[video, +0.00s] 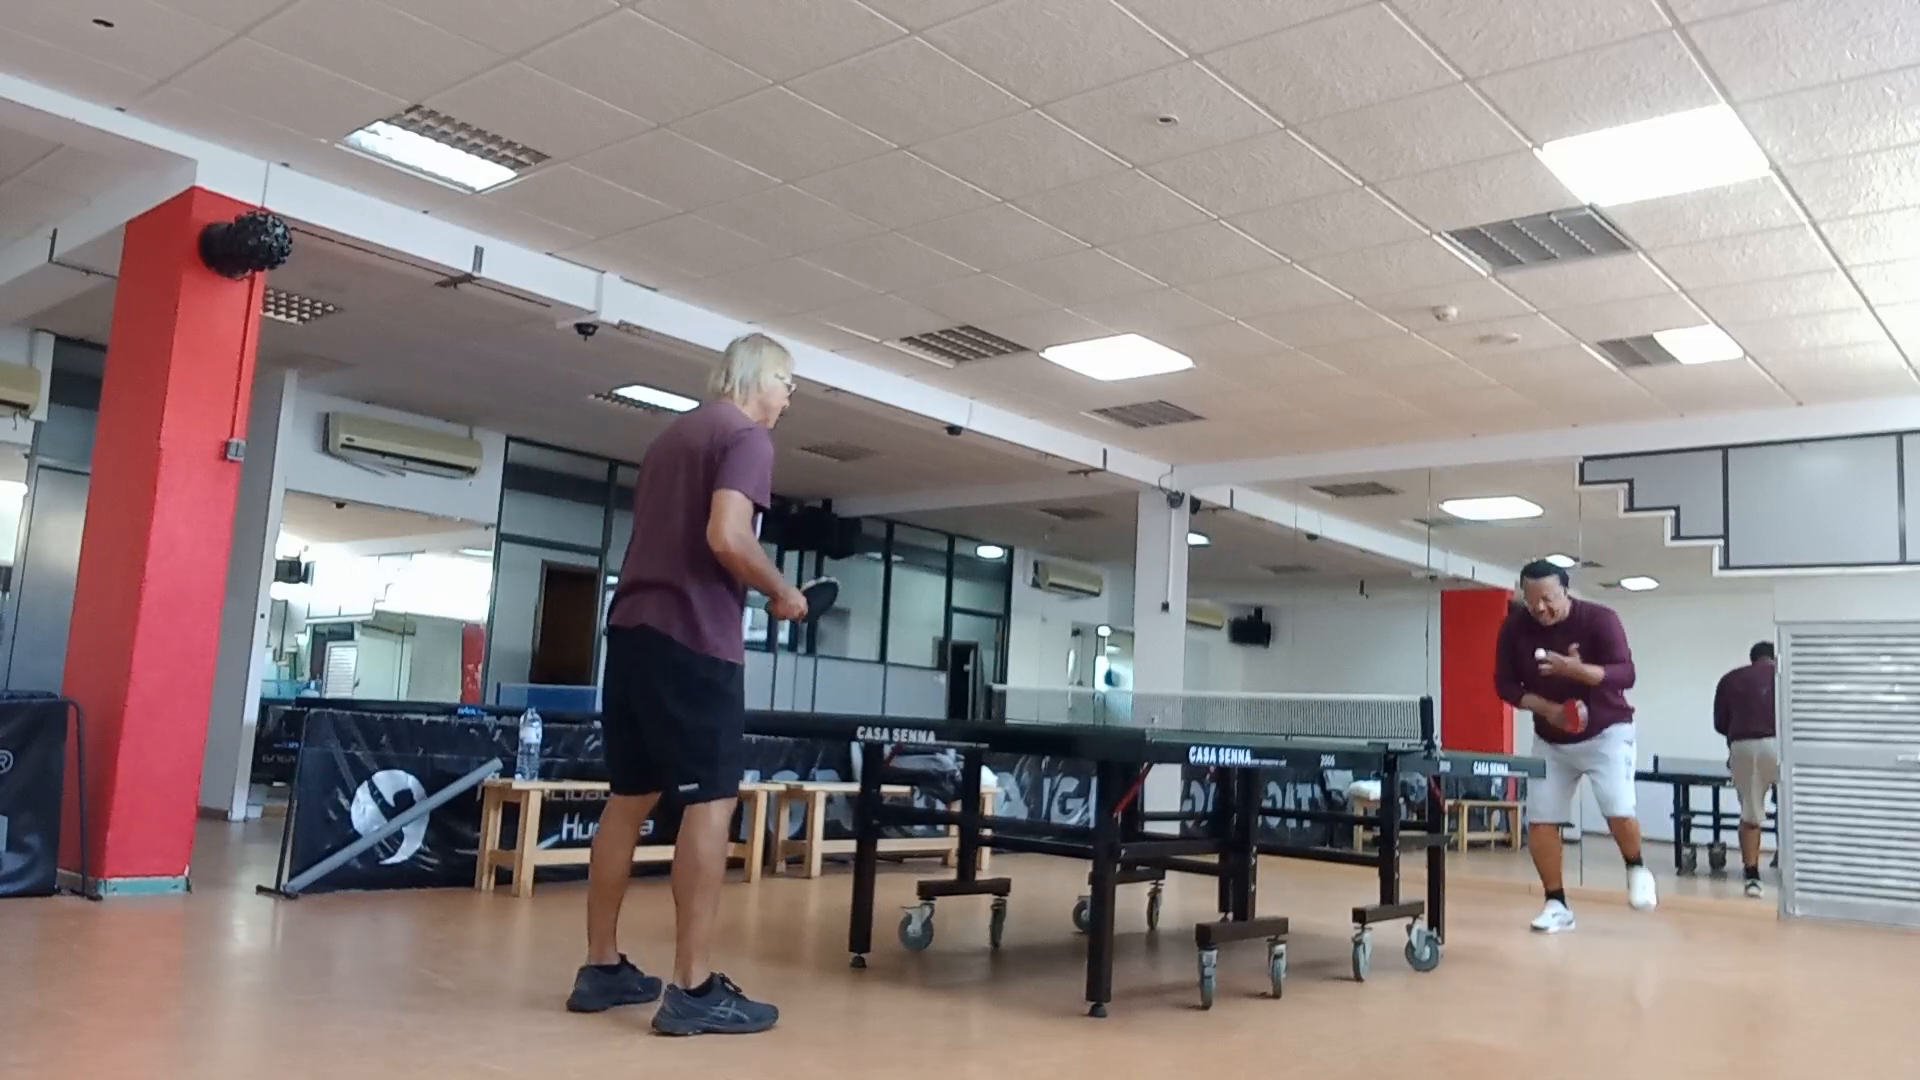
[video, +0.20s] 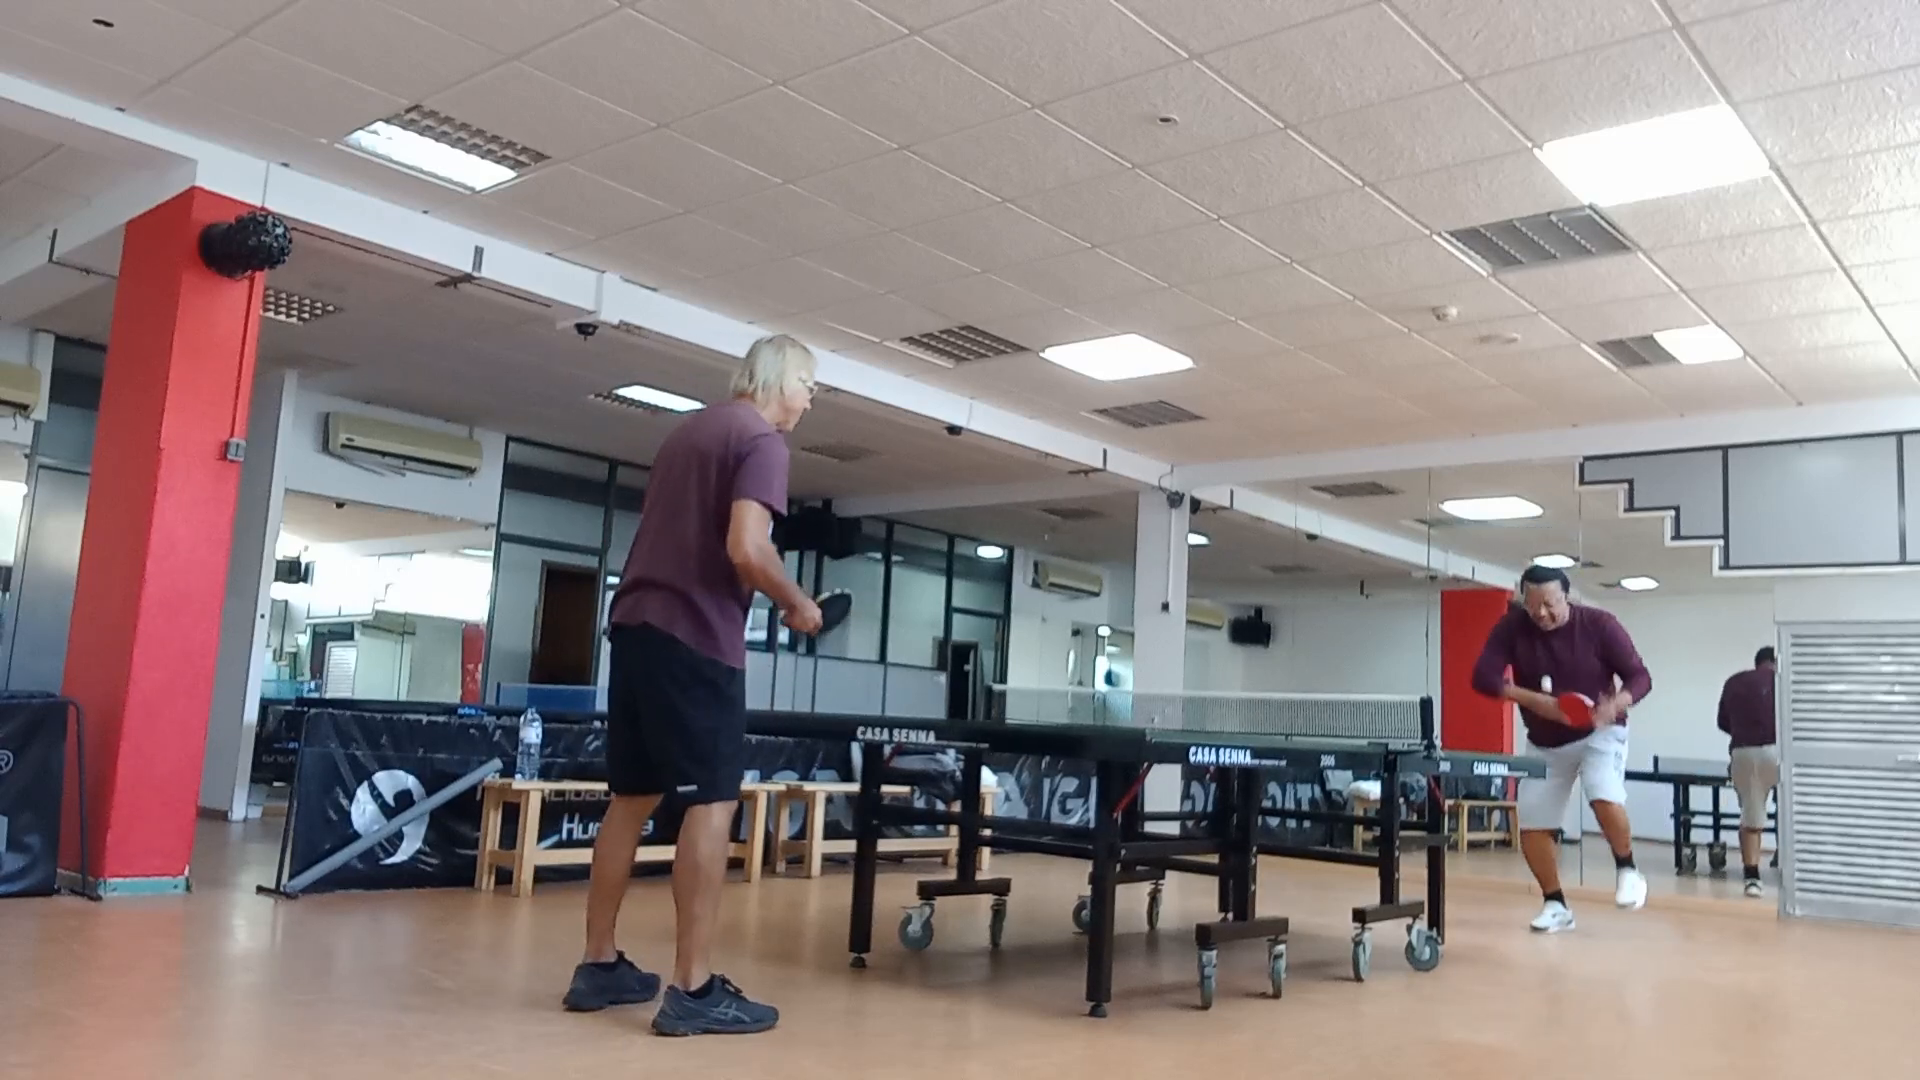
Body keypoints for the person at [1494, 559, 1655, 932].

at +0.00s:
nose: (1541, 608)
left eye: (1548, 600)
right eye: (1533, 601)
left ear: (1565, 590)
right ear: (1524, 597)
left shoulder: (1600, 620)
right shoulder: (1516, 627)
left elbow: (1625, 673)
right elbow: (1505, 686)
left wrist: (1579, 670)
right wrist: (1547, 708)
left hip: (1607, 735)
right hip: (1552, 740)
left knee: (1618, 810)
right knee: (1541, 818)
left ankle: (1636, 869)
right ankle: (1556, 904)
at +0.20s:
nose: (1542, 613)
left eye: (1550, 604)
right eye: (1533, 605)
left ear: (1566, 596)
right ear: (1523, 600)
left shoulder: (1599, 625)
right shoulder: (1513, 627)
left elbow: (1640, 679)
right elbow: (1483, 678)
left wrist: (1615, 704)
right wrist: (1533, 700)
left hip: (1600, 737)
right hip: (1546, 745)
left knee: (1601, 794)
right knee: (1532, 821)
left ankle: (1627, 870)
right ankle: (1555, 905)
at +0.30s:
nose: (1542, 615)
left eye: (1550, 607)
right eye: (1534, 608)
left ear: (1568, 600)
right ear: (1526, 602)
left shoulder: (1599, 627)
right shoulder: (1516, 623)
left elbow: (1634, 686)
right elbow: (1475, 656)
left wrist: (1612, 743)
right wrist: (1493, 678)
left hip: (1596, 746)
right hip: (1544, 753)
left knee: (1604, 815)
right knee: (1529, 831)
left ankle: (1623, 908)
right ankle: (1556, 906)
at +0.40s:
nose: (1544, 610)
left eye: (1551, 602)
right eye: (1537, 603)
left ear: (1572, 597)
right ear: (1531, 600)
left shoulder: (1605, 629)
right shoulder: (1522, 621)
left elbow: (1633, 691)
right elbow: (1480, 626)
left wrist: (1614, 747)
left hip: (1596, 747)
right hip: (1541, 750)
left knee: (1606, 820)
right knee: (1519, 824)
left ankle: (1624, 916)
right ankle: (1550, 902)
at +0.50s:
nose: (1545, 598)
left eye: (1553, 591)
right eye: (1539, 591)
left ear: (1574, 589)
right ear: (1534, 591)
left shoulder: (1607, 624)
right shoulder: (1522, 613)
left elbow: (1636, 686)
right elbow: (1477, 618)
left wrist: (1622, 743)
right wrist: (1429, 616)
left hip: (1595, 742)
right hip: (1539, 742)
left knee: (1607, 822)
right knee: (1503, 809)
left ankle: (1624, 916)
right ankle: (1527, 895)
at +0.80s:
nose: (1514, 585)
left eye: (1522, 577)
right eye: (1508, 578)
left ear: (1545, 576)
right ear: (1505, 580)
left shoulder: (1584, 614)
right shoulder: (1498, 612)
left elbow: (1624, 669)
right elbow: (1454, 642)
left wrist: (1635, 731)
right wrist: (1412, 668)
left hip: (1577, 735)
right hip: (1519, 736)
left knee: (1593, 822)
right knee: (1487, 814)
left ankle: (1623, 915)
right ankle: (1476, 901)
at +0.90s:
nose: (1501, 583)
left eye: (1508, 574)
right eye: (1495, 577)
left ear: (1533, 576)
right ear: (1492, 582)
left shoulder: (1574, 612)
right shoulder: (1488, 616)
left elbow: (1615, 666)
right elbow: (1452, 659)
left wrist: (1622, 729)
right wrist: (1414, 693)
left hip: (1573, 735)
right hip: (1516, 737)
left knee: (1590, 824)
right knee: (1485, 815)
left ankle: (1623, 915)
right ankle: (1476, 902)